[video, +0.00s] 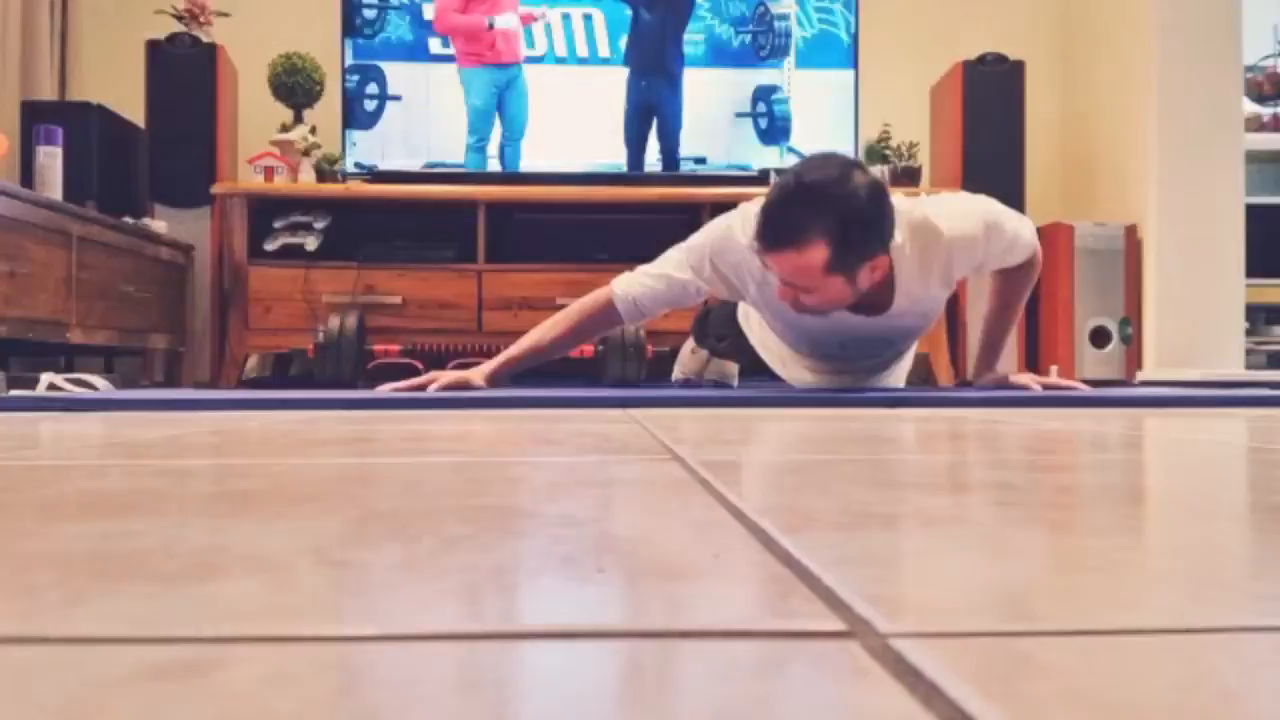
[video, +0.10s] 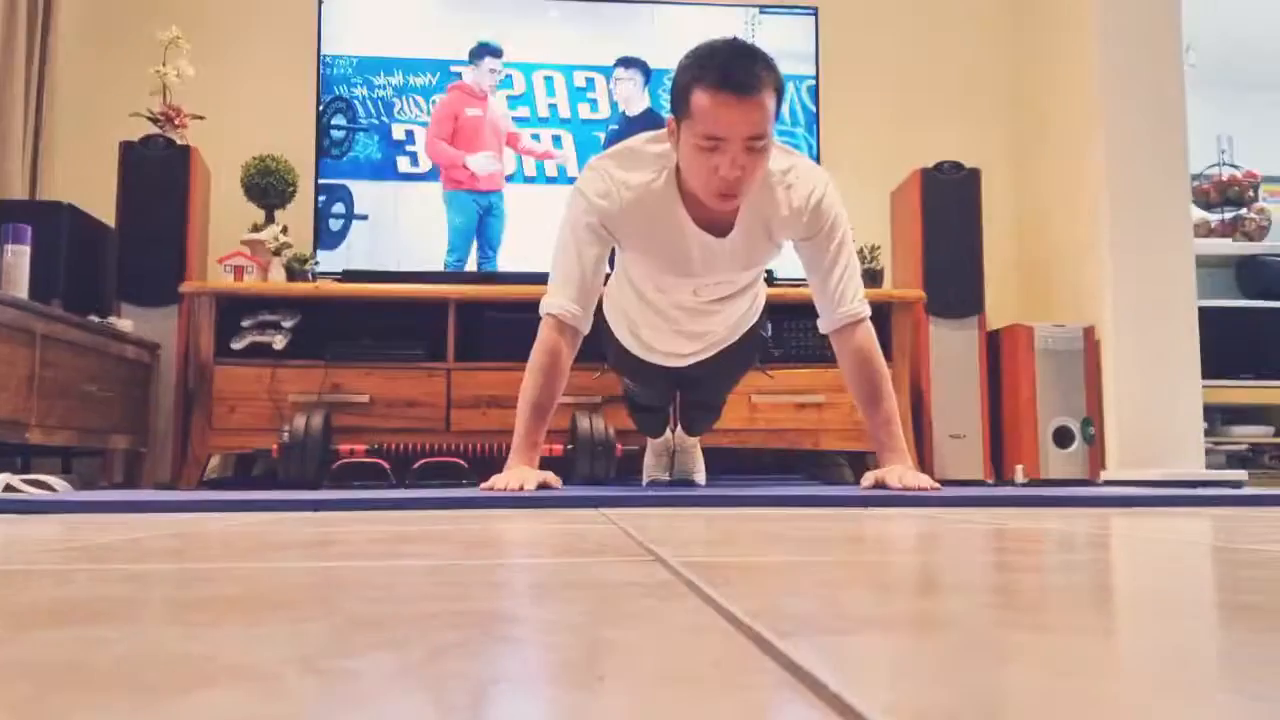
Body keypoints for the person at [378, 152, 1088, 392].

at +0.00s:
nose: (791, 294)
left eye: (808, 284)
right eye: (780, 279)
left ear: (870, 257)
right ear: (769, 247)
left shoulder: (945, 230)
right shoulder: (738, 246)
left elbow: (1024, 246)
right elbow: (614, 304)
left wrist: (986, 371)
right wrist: (491, 369)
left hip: (877, 388)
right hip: (750, 376)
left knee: (872, 517)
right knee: (721, 506)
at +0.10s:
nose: (733, 170)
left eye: (753, 145)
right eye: (712, 145)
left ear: (773, 133)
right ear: (673, 130)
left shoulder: (801, 191)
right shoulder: (609, 187)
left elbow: (849, 327)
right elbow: (559, 327)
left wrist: (894, 460)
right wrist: (521, 460)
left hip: (732, 328)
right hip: (638, 328)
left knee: (704, 407)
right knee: (649, 404)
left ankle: (689, 442)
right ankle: (657, 445)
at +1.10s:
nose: (732, 263)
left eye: (752, 241)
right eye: (712, 240)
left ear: (776, 218)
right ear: (673, 216)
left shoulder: (814, 244)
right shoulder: (607, 234)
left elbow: (906, 339)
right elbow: (507, 339)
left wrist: (903, 460)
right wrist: (513, 461)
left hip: (731, 385)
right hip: (635, 384)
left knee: (701, 428)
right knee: (650, 429)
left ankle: (686, 445)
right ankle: (661, 448)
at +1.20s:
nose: (734, 345)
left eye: (754, 323)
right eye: (714, 323)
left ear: (781, 296)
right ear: (674, 296)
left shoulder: (817, 293)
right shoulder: (612, 289)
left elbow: (928, 348)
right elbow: (496, 346)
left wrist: (906, 461)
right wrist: (513, 463)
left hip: (740, 428)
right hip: (634, 430)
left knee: (737, 562)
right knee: (625, 561)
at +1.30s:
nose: (735, 416)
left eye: (758, 393)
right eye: (716, 393)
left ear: (787, 361)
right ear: (676, 363)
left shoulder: (818, 342)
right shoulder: (615, 337)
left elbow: (935, 349)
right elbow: (493, 346)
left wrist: (905, 463)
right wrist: (513, 463)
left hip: (740, 476)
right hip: (622, 476)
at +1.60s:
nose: (745, 321)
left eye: (764, 299)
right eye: (725, 299)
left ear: (787, 282)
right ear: (684, 278)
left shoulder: (819, 289)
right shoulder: (619, 285)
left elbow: (915, 350)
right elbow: (504, 347)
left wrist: (901, 461)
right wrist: (516, 464)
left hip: (744, 432)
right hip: (641, 434)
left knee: (744, 557)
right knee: (636, 557)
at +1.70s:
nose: (745, 183)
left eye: (765, 161)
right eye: (726, 160)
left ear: (785, 153)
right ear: (686, 143)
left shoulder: (811, 200)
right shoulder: (619, 196)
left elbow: (884, 326)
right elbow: (537, 322)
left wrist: (899, 456)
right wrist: (519, 460)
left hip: (740, 376)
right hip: (643, 376)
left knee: (706, 421)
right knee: (652, 422)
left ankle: (685, 440)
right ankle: (656, 446)